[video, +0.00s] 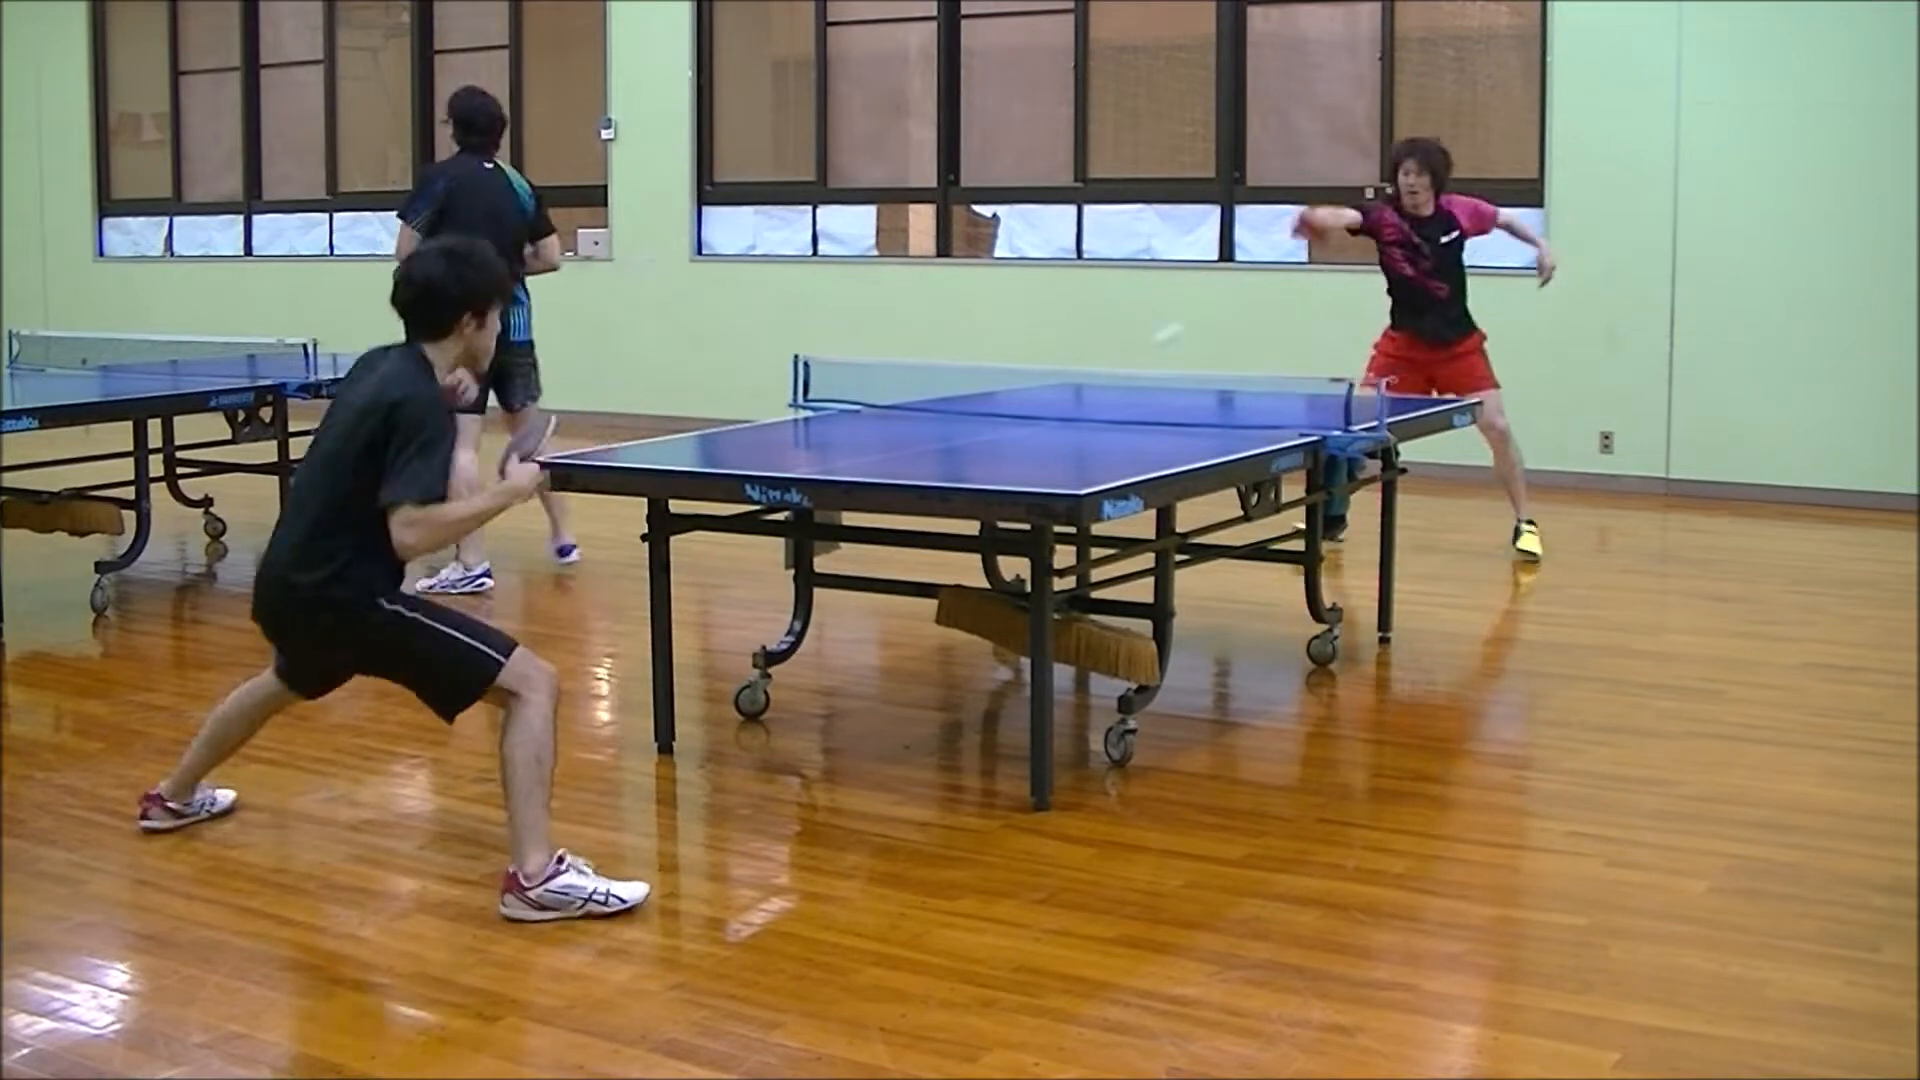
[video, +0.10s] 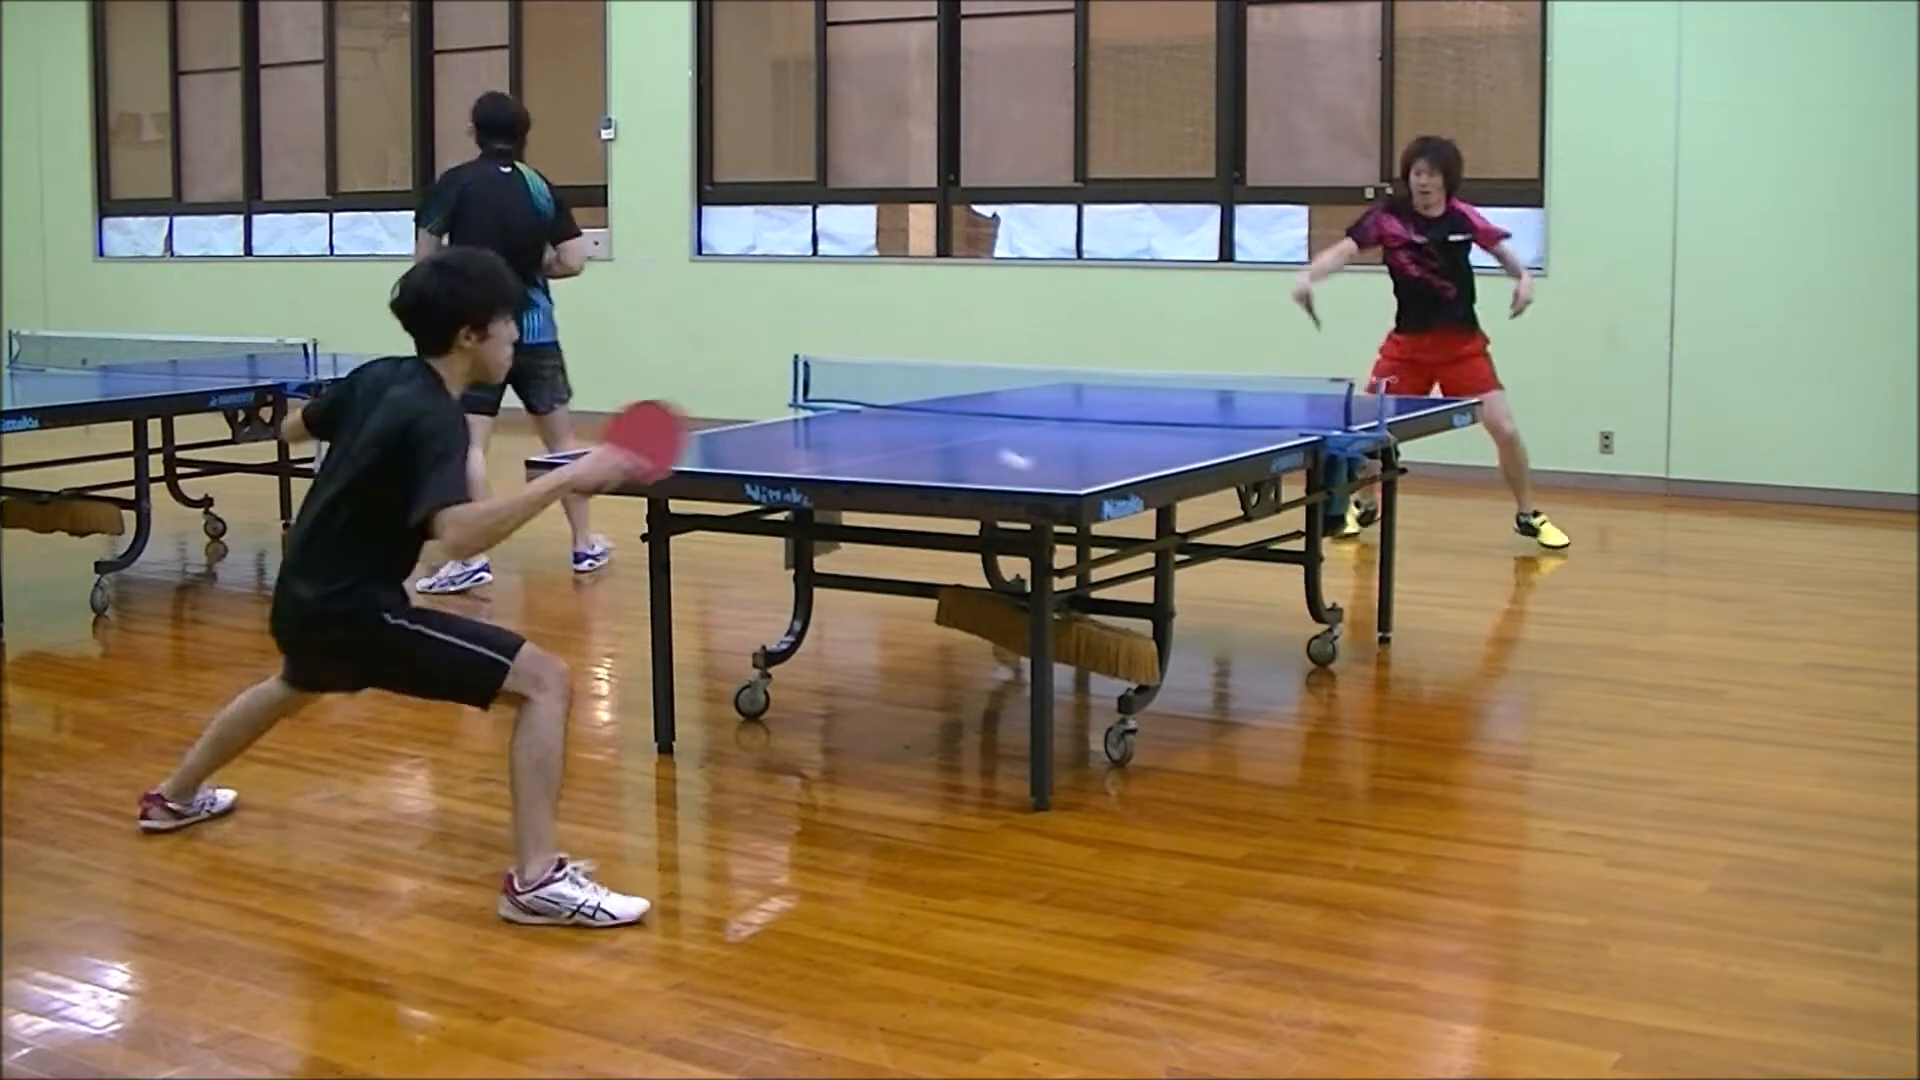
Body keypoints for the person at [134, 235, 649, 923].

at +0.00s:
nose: (497, 332)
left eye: (499, 319)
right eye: (496, 317)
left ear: (423, 311)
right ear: (472, 321)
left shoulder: (376, 368)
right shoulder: (421, 398)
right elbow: (410, 534)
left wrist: (449, 416)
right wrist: (508, 495)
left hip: (285, 593)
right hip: (346, 607)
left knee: (288, 679)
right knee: (533, 684)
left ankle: (172, 795)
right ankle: (537, 872)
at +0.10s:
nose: (515, 339)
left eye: (513, 325)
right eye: (508, 326)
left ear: (450, 331)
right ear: (470, 334)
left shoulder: (375, 378)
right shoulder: (438, 417)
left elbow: (299, 428)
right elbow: (457, 534)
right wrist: (568, 479)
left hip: (301, 612)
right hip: (356, 626)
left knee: (297, 682)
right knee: (545, 681)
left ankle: (172, 796)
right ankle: (538, 876)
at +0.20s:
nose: (537, 290)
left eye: (530, 276)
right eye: (523, 279)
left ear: (464, 299)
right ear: (485, 299)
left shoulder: (402, 349)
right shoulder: (491, 389)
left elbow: (318, 393)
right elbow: (570, 461)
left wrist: (390, 315)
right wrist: (690, 431)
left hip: (320, 582)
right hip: (390, 598)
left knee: (282, 684)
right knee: (577, 681)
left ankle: (183, 792)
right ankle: (541, 875)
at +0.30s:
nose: (564, 265)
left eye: (556, 253)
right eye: (549, 256)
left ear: (487, 280)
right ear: (509, 282)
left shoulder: (422, 327)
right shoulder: (548, 369)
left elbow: (336, 326)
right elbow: (659, 394)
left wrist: (412, 261)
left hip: (325, 555)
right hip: (405, 577)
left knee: (321, 646)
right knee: (579, 682)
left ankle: (216, 778)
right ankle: (550, 873)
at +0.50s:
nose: (584, 303)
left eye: (581, 290)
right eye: (580, 292)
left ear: (494, 296)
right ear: (554, 304)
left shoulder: (429, 344)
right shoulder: (561, 393)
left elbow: (317, 384)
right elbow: (671, 462)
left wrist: (382, 322)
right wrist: (809, 471)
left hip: (324, 570)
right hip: (411, 594)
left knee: (369, 618)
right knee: (584, 703)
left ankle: (294, 776)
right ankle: (575, 904)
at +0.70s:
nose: (537, 276)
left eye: (535, 262)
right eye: (534, 263)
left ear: (450, 270)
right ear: (517, 273)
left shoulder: (388, 338)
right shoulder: (520, 364)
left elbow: (304, 433)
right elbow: (563, 490)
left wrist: (373, 437)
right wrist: (650, 547)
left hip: (326, 575)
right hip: (429, 590)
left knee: (318, 671)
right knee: (584, 702)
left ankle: (286, 836)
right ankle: (574, 901)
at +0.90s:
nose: (489, 245)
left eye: (486, 230)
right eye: (486, 231)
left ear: (402, 236)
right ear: (465, 239)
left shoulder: (342, 313)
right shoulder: (478, 335)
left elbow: (330, 423)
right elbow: (548, 464)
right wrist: (600, 440)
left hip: (320, 562)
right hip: (420, 570)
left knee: (308, 668)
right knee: (559, 707)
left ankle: (286, 836)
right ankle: (572, 901)